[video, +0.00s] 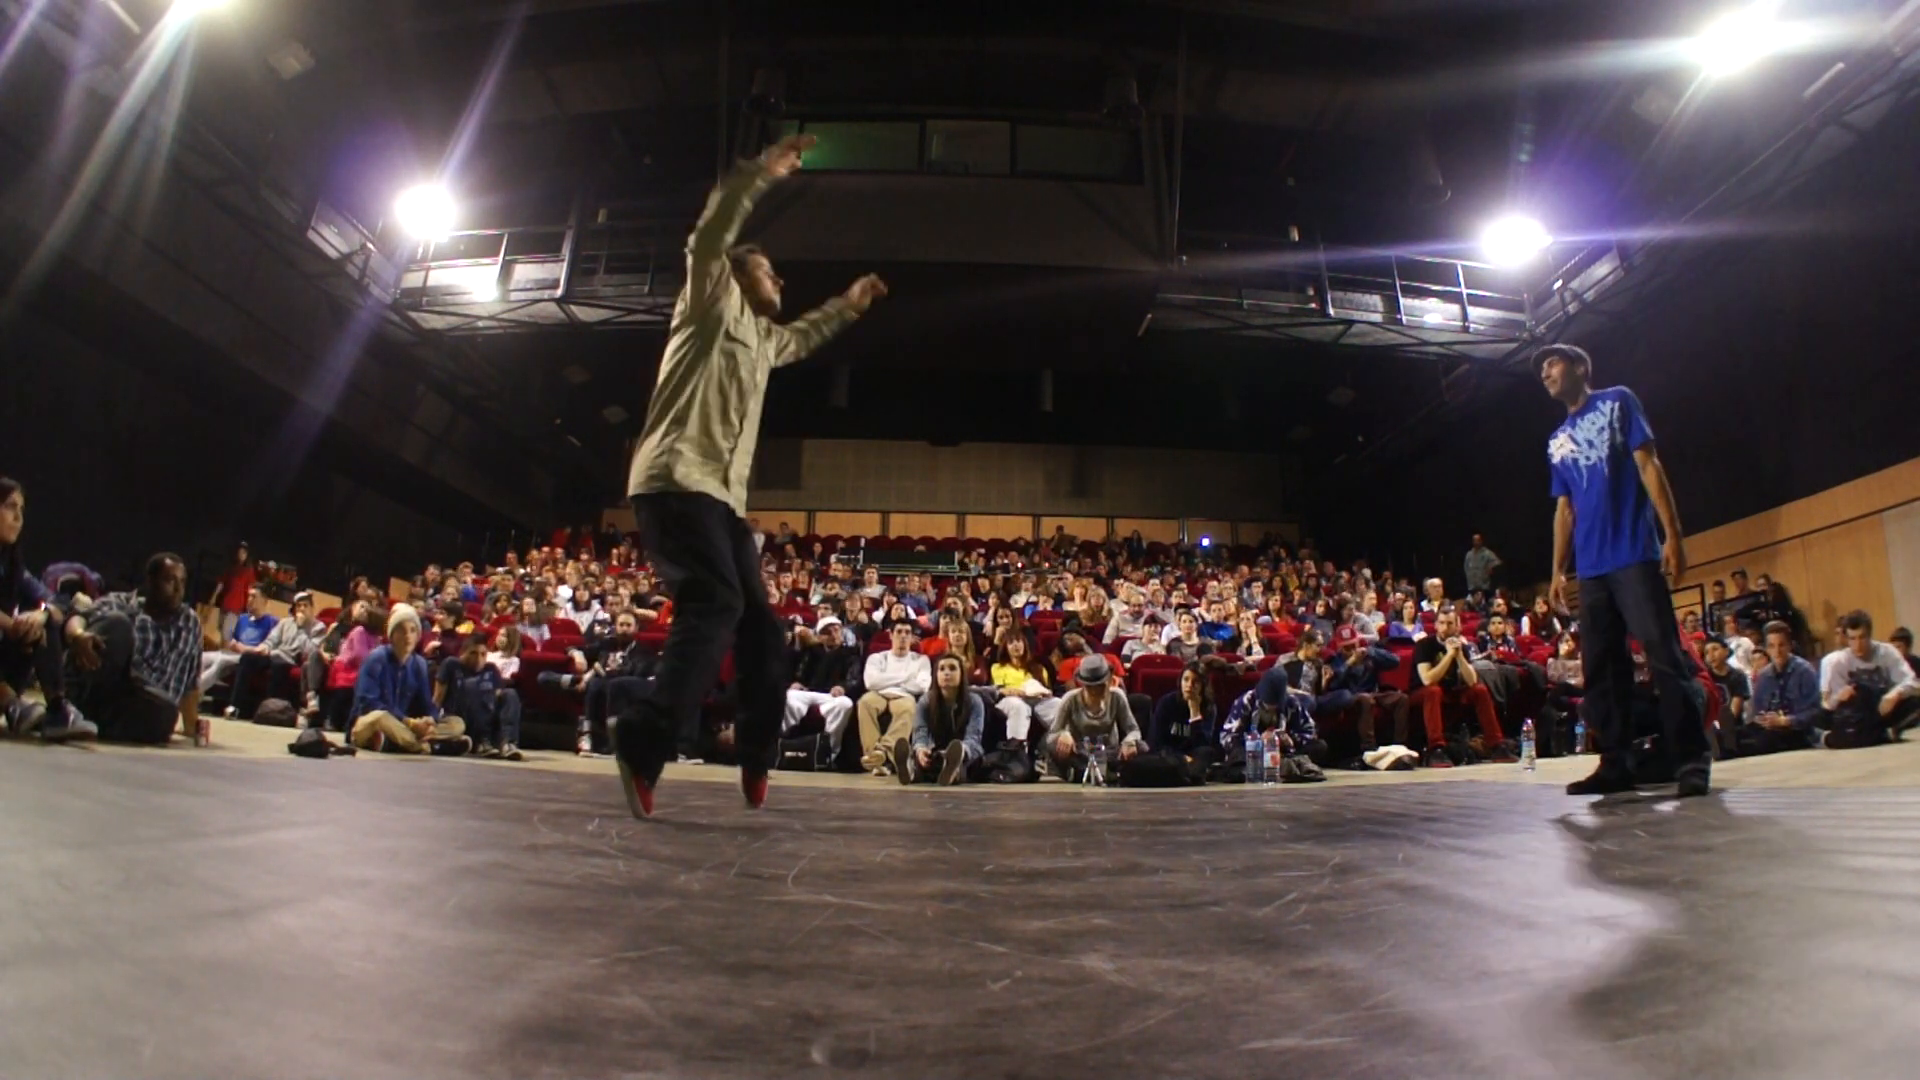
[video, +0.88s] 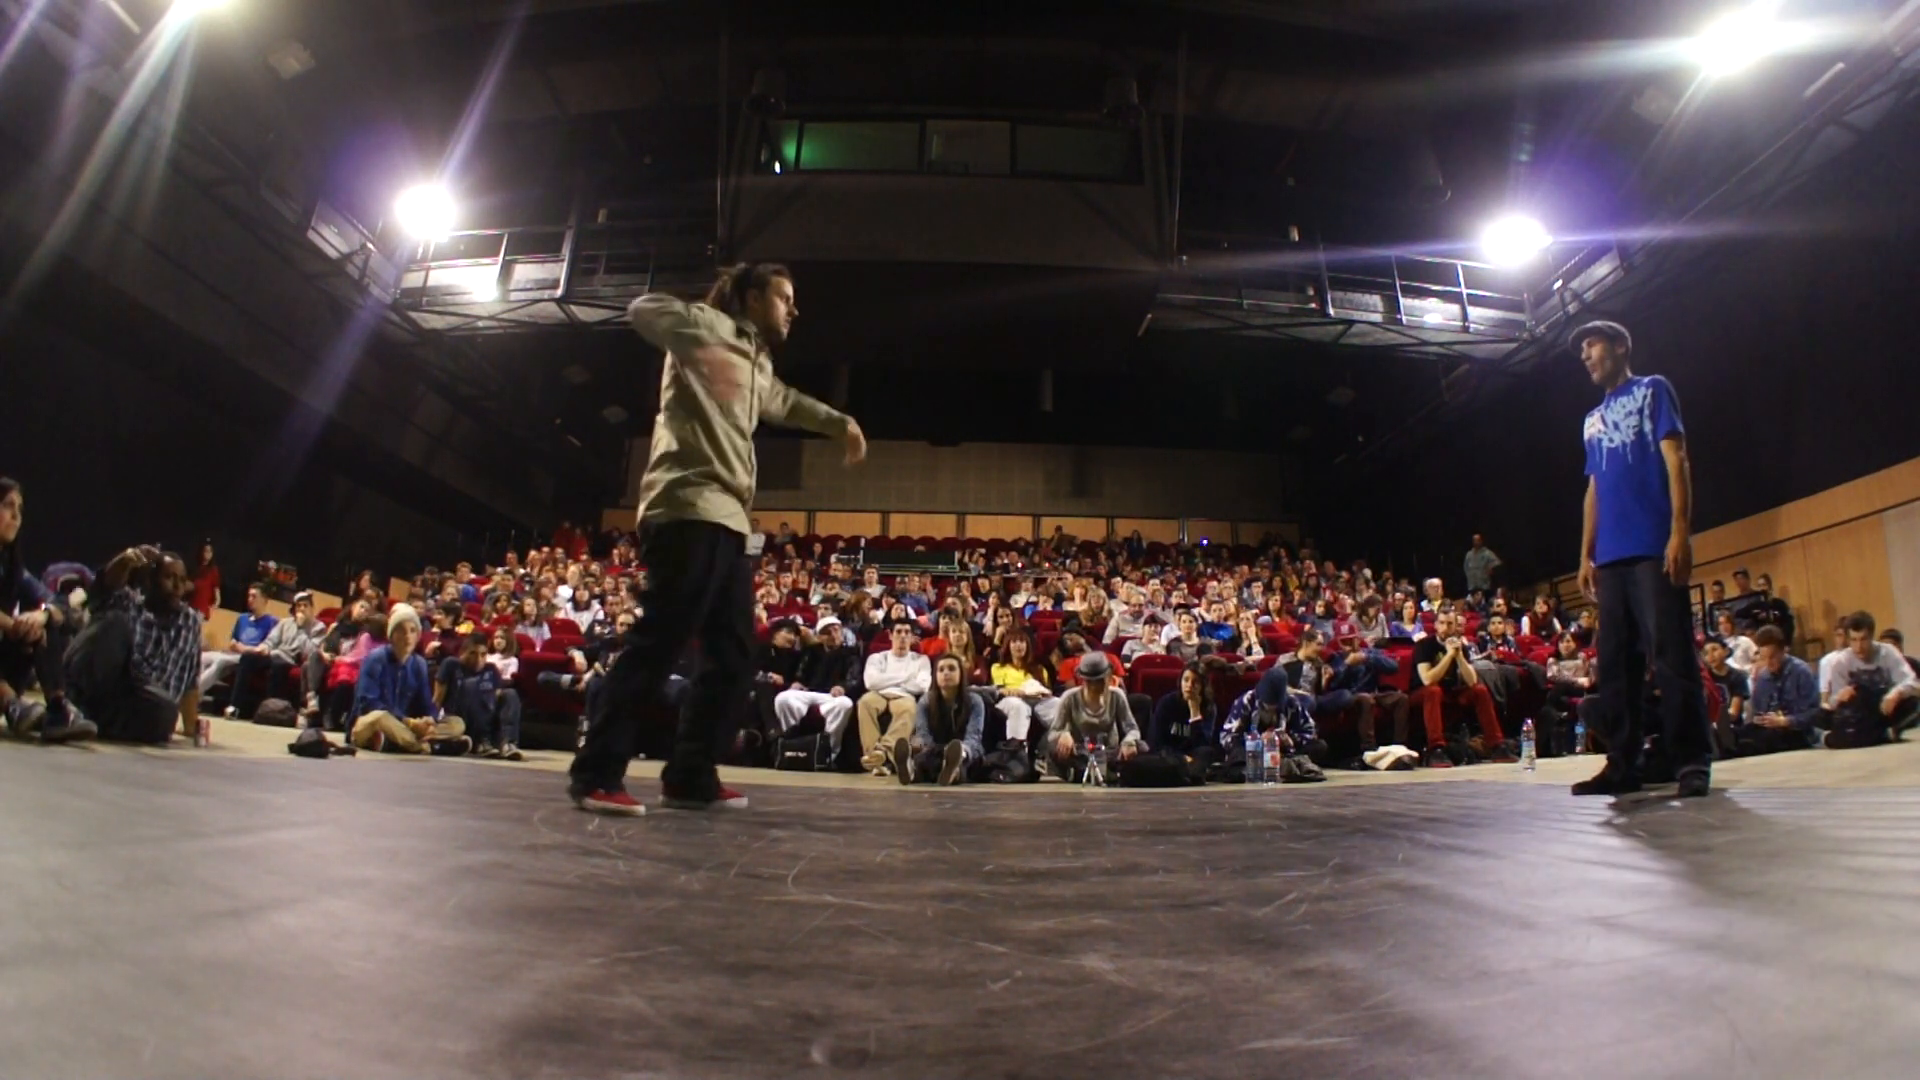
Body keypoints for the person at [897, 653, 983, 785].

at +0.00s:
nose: (947, 673)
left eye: (952, 668)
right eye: (942, 669)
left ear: (961, 674)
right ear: (936, 674)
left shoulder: (974, 701)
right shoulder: (925, 701)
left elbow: (974, 738)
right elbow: (920, 731)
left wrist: (961, 751)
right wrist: (920, 748)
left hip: (962, 750)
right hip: (934, 750)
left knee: (955, 762)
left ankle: (949, 773)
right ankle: (910, 768)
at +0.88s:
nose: (946, 673)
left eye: (951, 669)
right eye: (941, 670)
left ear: (961, 674)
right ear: (935, 675)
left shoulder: (974, 701)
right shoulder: (925, 702)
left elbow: (974, 737)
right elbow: (922, 735)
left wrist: (962, 751)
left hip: (963, 749)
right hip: (935, 749)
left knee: (956, 762)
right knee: (927, 759)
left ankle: (949, 773)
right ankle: (912, 768)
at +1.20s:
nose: (946, 674)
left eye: (951, 669)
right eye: (941, 670)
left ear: (961, 674)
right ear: (935, 675)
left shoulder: (974, 701)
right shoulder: (925, 701)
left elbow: (973, 737)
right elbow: (925, 738)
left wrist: (962, 752)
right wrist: (940, 749)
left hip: (964, 748)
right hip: (936, 750)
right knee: (927, 761)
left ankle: (949, 773)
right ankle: (912, 768)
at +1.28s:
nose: (946, 674)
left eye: (952, 669)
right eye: (941, 670)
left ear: (961, 674)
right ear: (935, 675)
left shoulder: (974, 701)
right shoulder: (926, 700)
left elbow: (973, 738)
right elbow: (923, 733)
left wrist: (962, 752)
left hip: (964, 750)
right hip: (935, 750)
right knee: (926, 761)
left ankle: (950, 772)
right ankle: (911, 769)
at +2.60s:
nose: (944, 673)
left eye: (950, 668)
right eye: (939, 669)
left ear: (960, 674)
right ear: (935, 675)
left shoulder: (974, 701)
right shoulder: (925, 701)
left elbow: (974, 736)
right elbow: (921, 730)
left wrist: (962, 750)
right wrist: (922, 747)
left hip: (963, 748)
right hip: (935, 749)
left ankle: (949, 773)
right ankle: (912, 768)